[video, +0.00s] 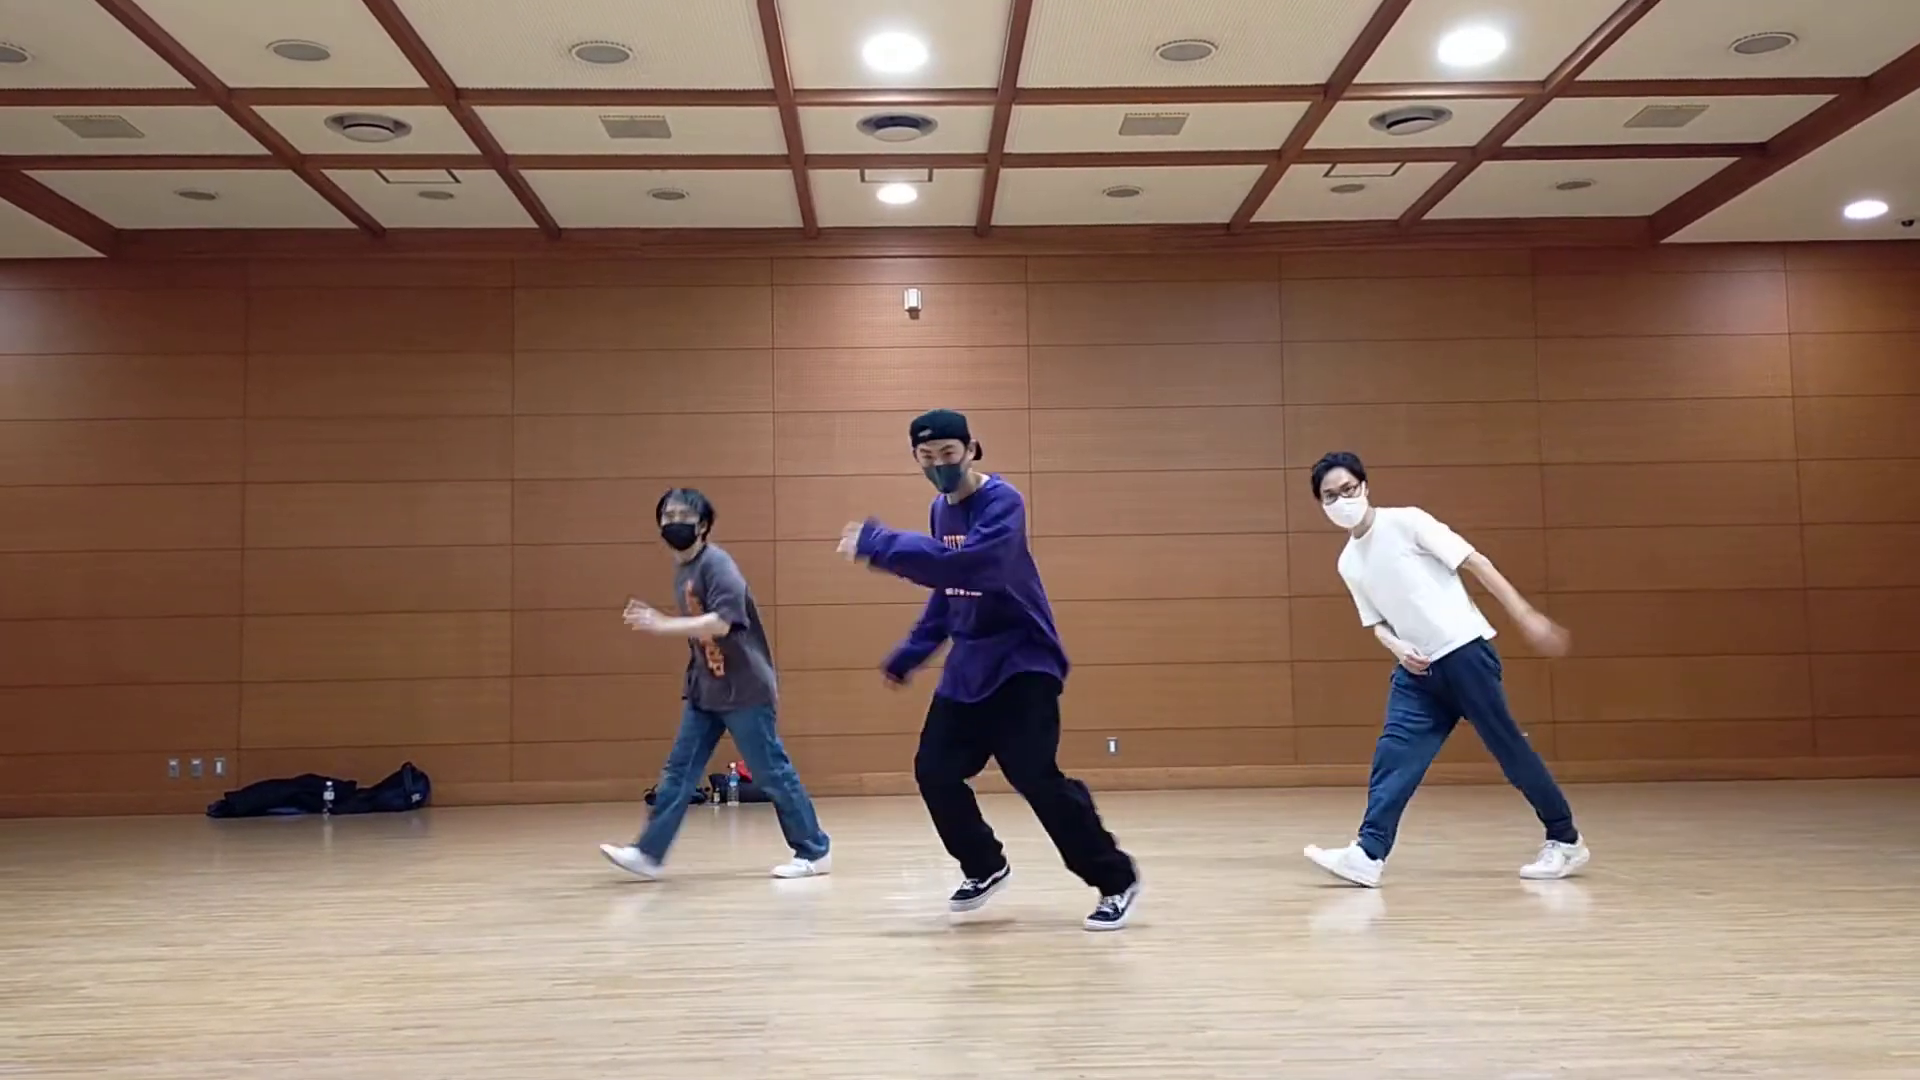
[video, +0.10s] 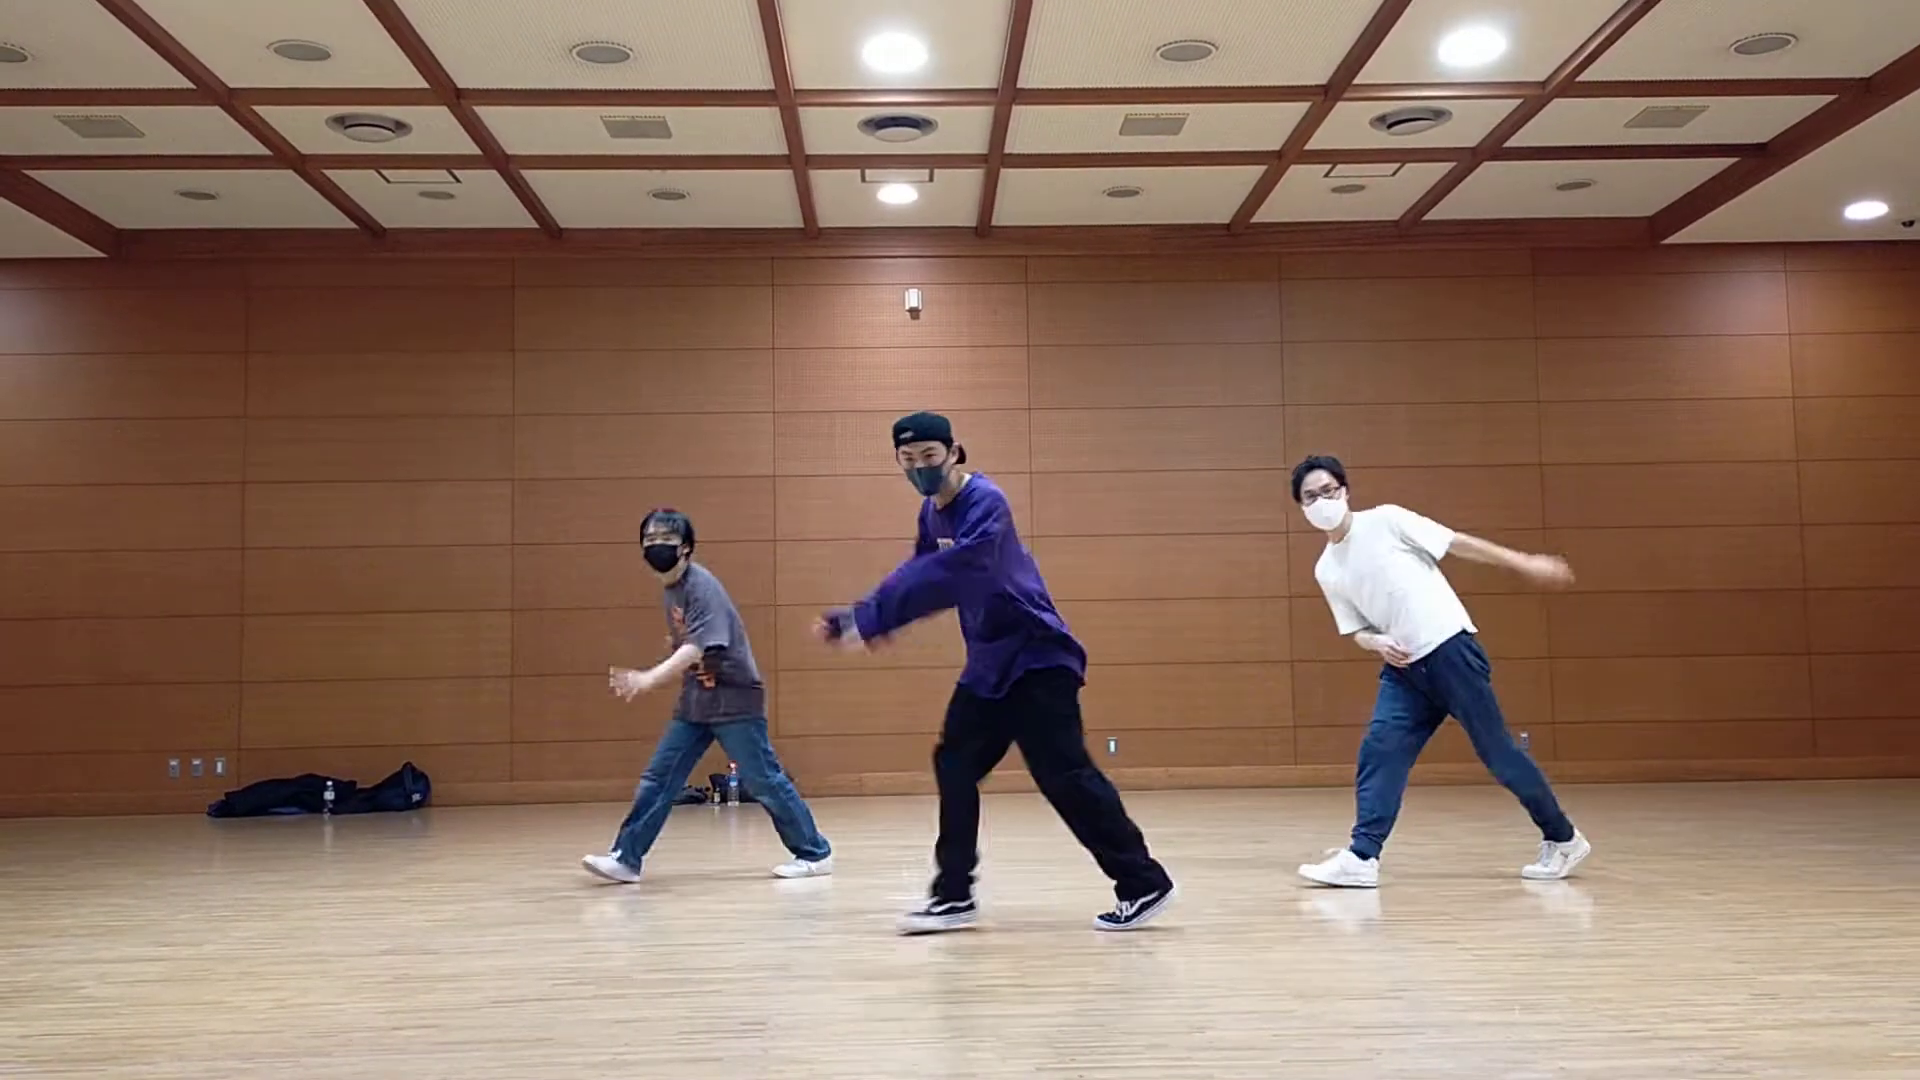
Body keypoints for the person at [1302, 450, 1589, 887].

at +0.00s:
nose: (1342, 501)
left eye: (1349, 489)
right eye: (1331, 496)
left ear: (1365, 488)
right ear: (1322, 506)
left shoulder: (1406, 522)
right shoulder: (1348, 563)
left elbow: (1474, 561)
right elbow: (1376, 624)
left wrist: (1525, 614)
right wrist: (1398, 648)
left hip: (1463, 653)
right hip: (1417, 670)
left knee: (1509, 748)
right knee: (1395, 753)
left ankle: (1566, 841)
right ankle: (1368, 855)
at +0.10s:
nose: (1323, 500)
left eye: (1329, 490)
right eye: (1311, 496)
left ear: (1345, 491)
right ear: (1302, 508)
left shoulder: (1386, 520)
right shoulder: (1327, 570)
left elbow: (1457, 544)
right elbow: (1357, 631)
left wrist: (1526, 564)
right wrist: (1377, 643)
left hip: (1450, 650)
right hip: (1405, 671)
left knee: (1499, 753)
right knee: (1381, 752)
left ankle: (1565, 840)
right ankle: (1362, 858)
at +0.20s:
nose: (1303, 493)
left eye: (1308, 483)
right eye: (1291, 489)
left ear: (1323, 485)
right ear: (1281, 504)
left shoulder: (1365, 512)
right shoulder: (1299, 569)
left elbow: (1437, 523)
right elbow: (1326, 634)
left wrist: (1505, 529)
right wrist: (1353, 637)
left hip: (1429, 649)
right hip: (1377, 670)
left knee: (1482, 750)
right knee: (1352, 749)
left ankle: (1552, 831)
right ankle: (1360, 858)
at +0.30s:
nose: (1293, 479)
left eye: (1299, 469)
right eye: (1281, 476)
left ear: (1314, 472)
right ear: (1271, 490)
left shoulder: (1355, 504)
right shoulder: (1280, 556)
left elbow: (1424, 517)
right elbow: (1300, 626)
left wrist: (1491, 523)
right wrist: (1322, 624)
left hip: (1397, 646)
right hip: (1343, 663)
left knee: (1431, 740)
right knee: (1328, 752)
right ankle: (1359, 857)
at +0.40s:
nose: (1290, 471)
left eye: (1296, 462)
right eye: (1279, 467)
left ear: (1310, 466)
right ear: (1265, 479)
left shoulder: (1348, 501)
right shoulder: (1266, 545)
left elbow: (1409, 529)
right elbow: (1279, 621)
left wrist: (1479, 540)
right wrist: (1286, 600)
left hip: (1371, 643)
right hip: (1316, 656)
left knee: (1381, 745)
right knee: (1315, 748)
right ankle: (1357, 854)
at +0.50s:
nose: (1290, 473)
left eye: (1296, 464)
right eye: (1279, 468)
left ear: (1308, 467)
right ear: (1263, 478)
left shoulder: (1338, 505)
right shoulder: (1259, 535)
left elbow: (1381, 556)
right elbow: (1254, 604)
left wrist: (1441, 575)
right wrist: (1249, 560)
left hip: (1344, 644)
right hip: (1293, 649)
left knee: (1328, 760)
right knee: (1302, 747)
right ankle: (1343, 851)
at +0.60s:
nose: (1293, 483)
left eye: (1301, 474)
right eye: (1283, 475)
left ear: (1311, 477)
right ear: (1265, 479)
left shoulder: (1327, 523)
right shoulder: (1252, 535)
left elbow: (1352, 583)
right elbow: (1233, 582)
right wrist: (1233, 518)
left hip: (1323, 656)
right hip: (1274, 656)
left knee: (1287, 754)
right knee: (1290, 741)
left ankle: (1231, 842)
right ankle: (1281, 840)